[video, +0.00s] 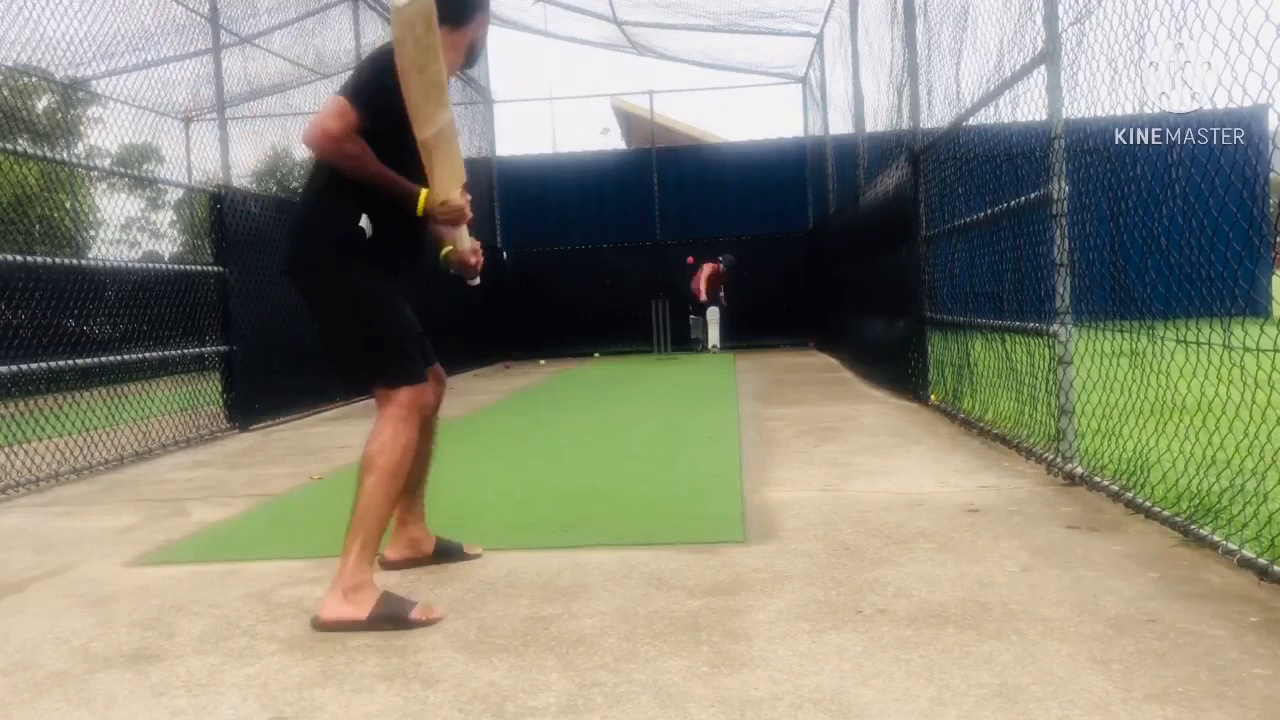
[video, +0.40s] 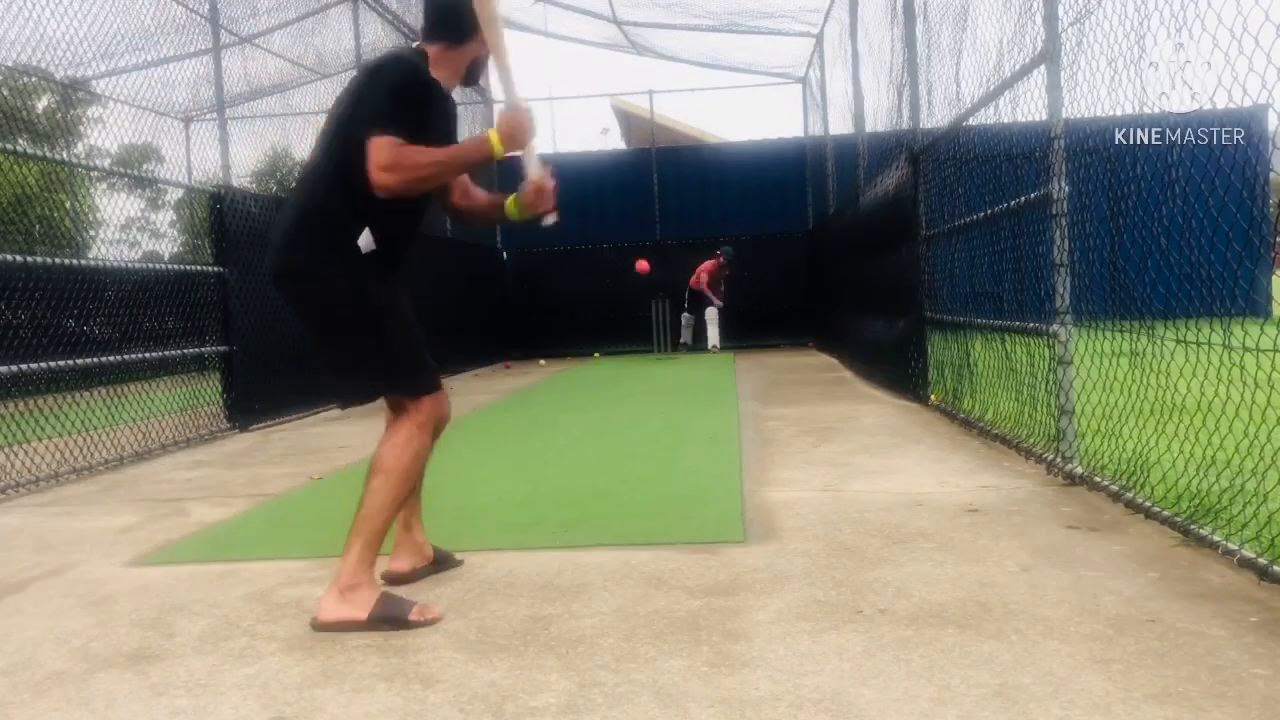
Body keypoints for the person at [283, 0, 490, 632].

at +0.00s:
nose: (474, 52)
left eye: (478, 39)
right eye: (476, 37)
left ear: (438, 25)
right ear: (461, 26)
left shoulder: (424, 83)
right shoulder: (396, 62)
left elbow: (421, 184)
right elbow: (326, 134)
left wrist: (454, 239)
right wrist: (419, 197)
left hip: (370, 255)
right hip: (334, 254)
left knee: (428, 383)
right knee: (406, 394)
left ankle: (409, 534)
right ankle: (350, 590)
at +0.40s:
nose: (491, 52)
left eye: (492, 40)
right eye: (489, 38)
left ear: (437, 27)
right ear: (471, 37)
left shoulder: (432, 100)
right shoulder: (400, 75)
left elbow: (459, 197)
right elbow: (386, 171)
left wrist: (514, 205)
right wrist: (491, 143)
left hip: (355, 264)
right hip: (329, 264)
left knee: (412, 402)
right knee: (426, 409)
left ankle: (411, 549)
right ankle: (349, 591)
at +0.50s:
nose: (476, 35)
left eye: (477, 23)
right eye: (476, 24)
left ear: (414, 14)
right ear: (460, 23)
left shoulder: (364, 48)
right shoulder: (430, 73)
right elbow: (473, 184)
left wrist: (504, 142)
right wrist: (525, 130)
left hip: (304, 249)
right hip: (356, 256)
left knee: (393, 408)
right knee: (439, 418)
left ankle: (410, 549)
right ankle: (350, 592)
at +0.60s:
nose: (467, 8)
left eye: (465, 5)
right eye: (466, 6)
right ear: (453, 3)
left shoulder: (339, 17)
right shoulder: (457, 48)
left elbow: (265, 13)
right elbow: (448, 128)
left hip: (327, 228)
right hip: (399, 235)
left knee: (387, 389)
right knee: (407, 403)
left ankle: (412, 539)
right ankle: (350, 588)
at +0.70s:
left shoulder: (373, 8)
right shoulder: (474, 28)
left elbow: (249, 17)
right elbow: (374, 76)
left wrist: (260, 44)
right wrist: (270, 61)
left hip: (331, 203)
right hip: (410, 217)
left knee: (383, 378)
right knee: (381, 391)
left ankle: (405, 528)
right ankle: (348, 589)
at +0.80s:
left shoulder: (404, 11)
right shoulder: (450, 20)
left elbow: (322, 24)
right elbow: (326, 27)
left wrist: (264, 1)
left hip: (323, 231)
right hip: (401, 235)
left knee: (340, 383)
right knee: (380, 400)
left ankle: (381, 535)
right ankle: (348, 591)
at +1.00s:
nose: (319, 6)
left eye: (327, 1)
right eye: (323, 4)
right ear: (358, 0)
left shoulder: (420, 30)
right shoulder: (368, 36)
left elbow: (432, 50)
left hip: (364, 241)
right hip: (312, 240)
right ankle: (348, 588)